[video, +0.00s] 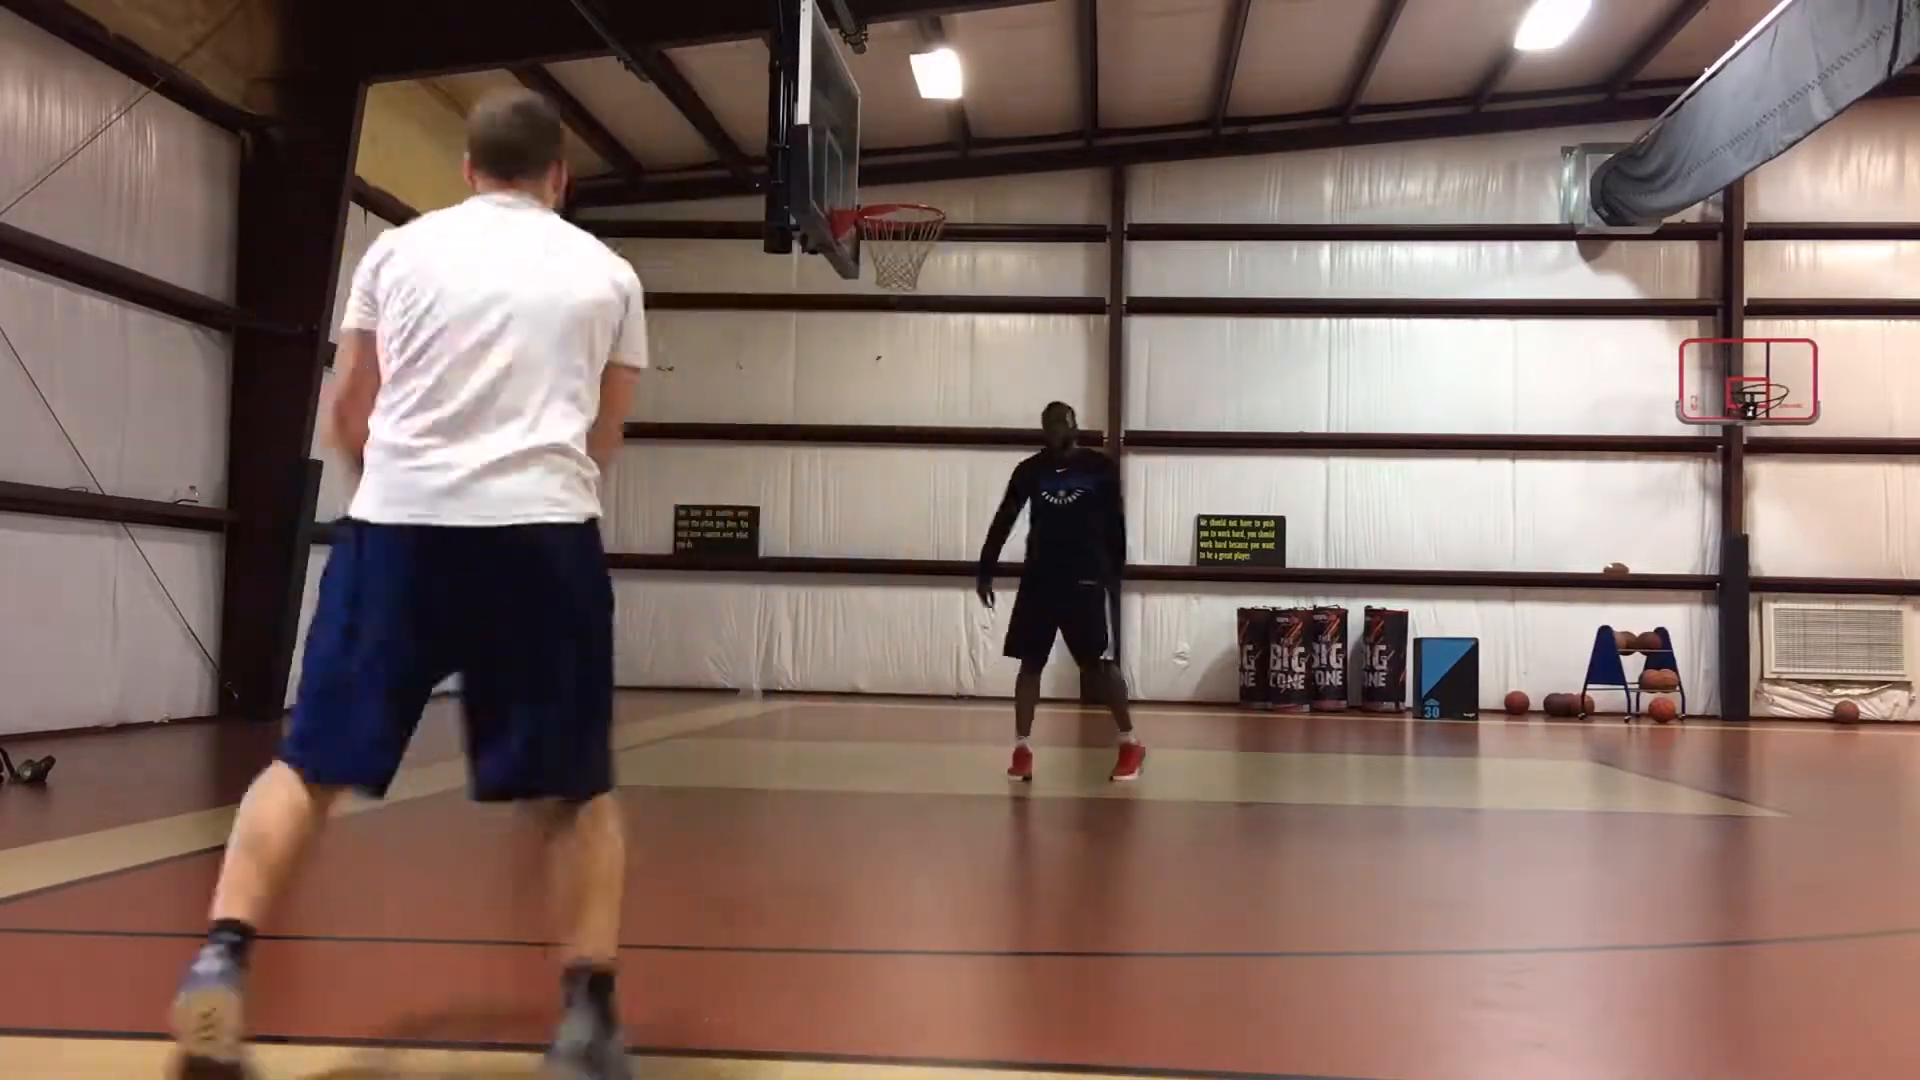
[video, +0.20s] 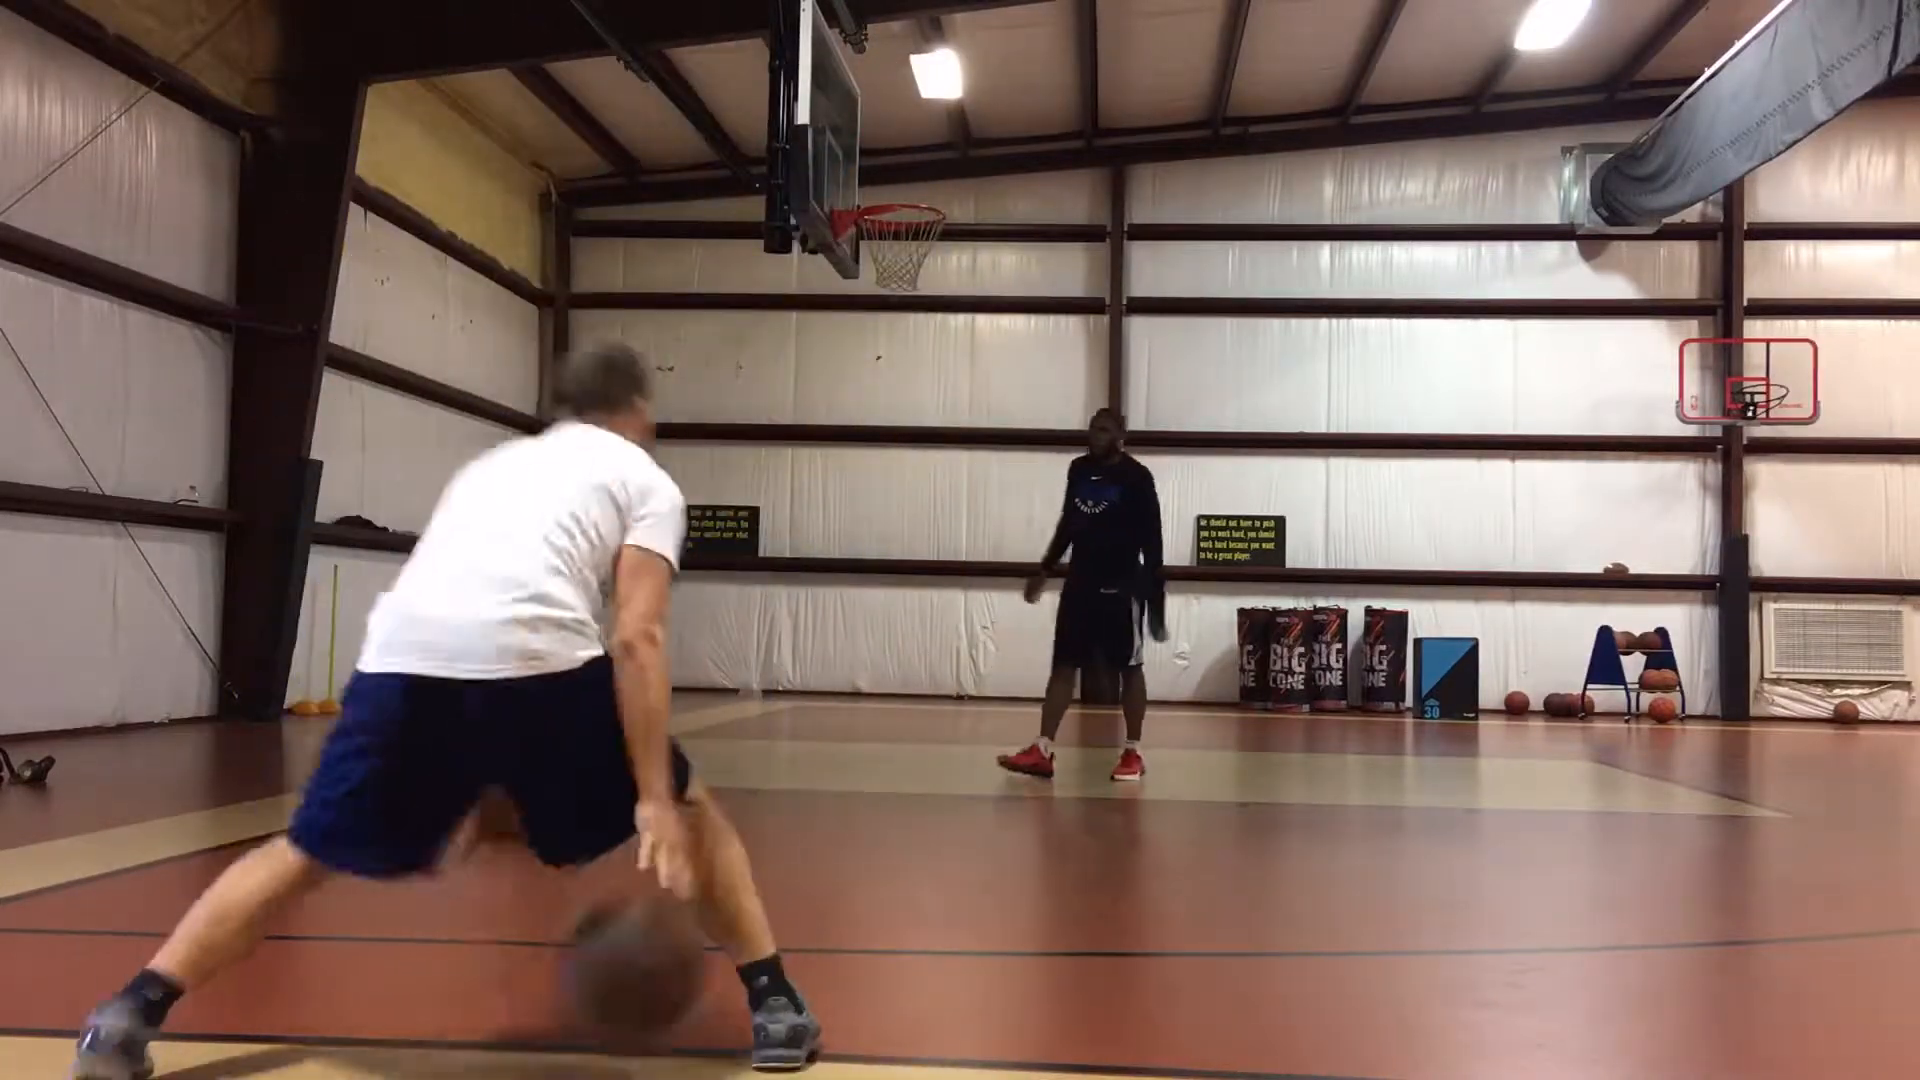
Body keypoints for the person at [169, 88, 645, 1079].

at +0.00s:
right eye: (567, 175)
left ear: (464, 173)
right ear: (560, 177)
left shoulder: (396, 252)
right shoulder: (608, 275)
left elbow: (347, 421)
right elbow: (605, 441)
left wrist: (410, 490)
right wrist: (534, 499)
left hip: (396, 537)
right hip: (545, 544)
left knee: (307, 761)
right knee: (582, 785)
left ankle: (219, 964)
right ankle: (588, 1015)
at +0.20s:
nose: (650, 433)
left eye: (643, 420)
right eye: (649, 421)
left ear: (560, 408)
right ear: (639, 415)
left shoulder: (486, 466)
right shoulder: (644, 478)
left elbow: (454, 617)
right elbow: (636, 637)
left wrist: (487, 788)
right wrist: (656, 798)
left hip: (402, 668)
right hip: (543, 665)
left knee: (300, 851)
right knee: (687, 804)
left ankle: (133, 1011)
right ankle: (775, 1001)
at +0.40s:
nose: (694, 453)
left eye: (692, 444)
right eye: (696, 442)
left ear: (610, 420)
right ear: (682, 433)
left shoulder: (522, 466)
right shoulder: (673, 472)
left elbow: (445, 594)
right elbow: (648, 603)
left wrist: (428, 737)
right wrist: (642, 758)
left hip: (429, 650)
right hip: (557, 643)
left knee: (437, 814)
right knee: (716, 800)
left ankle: (294, 961)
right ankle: (783, 1003)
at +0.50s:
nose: (640, 446)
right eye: (639, 433)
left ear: (549, 425)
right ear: (629, 430)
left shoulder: (475, 481)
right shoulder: (644, 481)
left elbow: (403, 624)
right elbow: (669, 615)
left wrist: (346, 758)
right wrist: (691, 762)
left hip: (446, 680)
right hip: (579, 666)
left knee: (479, 814)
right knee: (728, 797)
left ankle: (327, 978)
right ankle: (785, 1000)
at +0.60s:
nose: (600, 403)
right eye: (598, 390)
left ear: (514, 391)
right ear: (590, 391)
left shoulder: (445, 454)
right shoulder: (614, 443)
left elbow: (357, 559)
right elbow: (682, 544)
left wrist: (251, 652)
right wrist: (750, 665)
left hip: (443, 662)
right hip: (575, 648)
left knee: (451, 821)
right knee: (716, 813)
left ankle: (322, 979)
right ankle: (788, 1000)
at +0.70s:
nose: (592, 328)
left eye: (579, 320)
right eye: (589, 317)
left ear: (502, 316)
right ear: (580, 316)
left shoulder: (436, 377)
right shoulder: (603, 366)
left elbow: (308, 456)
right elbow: (687, 457)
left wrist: (203, 526)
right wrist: (760, 576)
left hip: (420, 592)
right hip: (549, 579)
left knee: (436, 784)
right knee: (677, 781)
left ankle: (321, 976)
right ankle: (767, 989)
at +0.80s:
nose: (592, 271)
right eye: (593, 259)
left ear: (505, 259)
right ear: (584, 258)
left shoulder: (441, 314)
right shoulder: (611, 313)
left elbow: (313, 388)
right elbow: (676, 412)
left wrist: (212, 433)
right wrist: (709, 536)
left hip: (415, 534)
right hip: (539, 526)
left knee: (427, 744)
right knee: (636, 745)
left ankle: (324, 953)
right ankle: (655, 960)